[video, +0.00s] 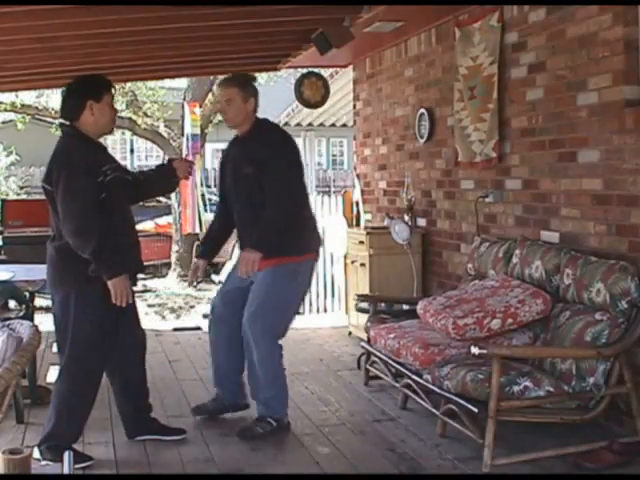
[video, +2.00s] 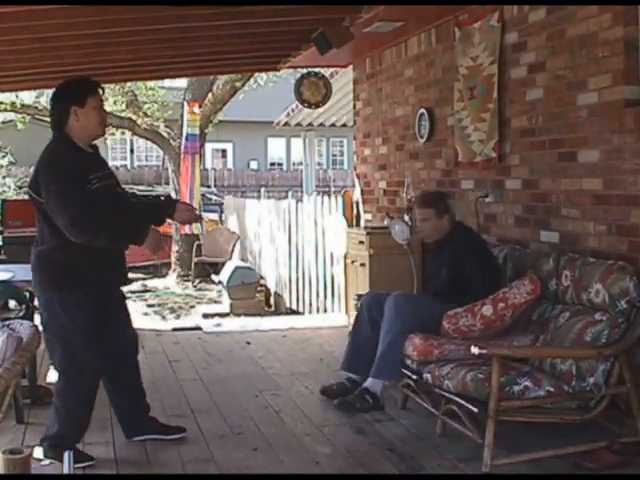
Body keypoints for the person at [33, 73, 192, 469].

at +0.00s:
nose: (116, 111)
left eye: (115, 103)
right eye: (111, 103)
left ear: (88, 109)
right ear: (90, 108)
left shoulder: (93, 151)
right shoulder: (73, 154)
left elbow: (127, 189)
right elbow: (78, 223)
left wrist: (171, 172)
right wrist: (112, 269)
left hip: (108, 276)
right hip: (81, 279)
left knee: (128, 349)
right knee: (81, 363)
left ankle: (139, 423)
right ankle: (54, 445)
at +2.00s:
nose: (106, 113)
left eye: (104, 106)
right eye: (99, 106)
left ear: (79, 113)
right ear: (76, 113)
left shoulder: (89, 159)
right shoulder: (58, 162)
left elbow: (119, 204)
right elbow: (82, 225)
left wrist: (169, 207)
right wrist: (140, 235)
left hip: (99, 280)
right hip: (66, 285)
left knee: (120, 352)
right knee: (78, 365)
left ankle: (137, 424)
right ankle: (57, 444)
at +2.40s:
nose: (101, 113)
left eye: (99, 106)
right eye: (93, 106)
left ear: (76, 113)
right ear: (69, 113)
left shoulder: (96, 161)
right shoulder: (42, 167)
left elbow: (127, 200)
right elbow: (50, 232)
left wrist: (179, 194)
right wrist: (101, 263)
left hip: (99, 272)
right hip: (59, 276)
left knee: (121, 346)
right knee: (73, 358)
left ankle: (131, 422)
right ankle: (57, 442)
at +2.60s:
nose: (107, 115)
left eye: (106, 108)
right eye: (100, 109)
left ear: (85, 113)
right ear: (74, 113)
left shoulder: (103, 160)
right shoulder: (44, 164)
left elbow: (133, 199)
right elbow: (37, 229)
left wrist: (160, 180)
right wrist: (58, 271)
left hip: (100, 276)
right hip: (57, 279)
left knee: (120, 346)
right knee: (69, 360)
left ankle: (131, 418)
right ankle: (57, 443)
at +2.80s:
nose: (118, 117)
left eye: (117, 110)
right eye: (112, 110)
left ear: (95, 114)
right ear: (87, 113)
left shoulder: (116, 162)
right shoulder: (56, 162)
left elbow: (153, 206)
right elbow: (41, 225)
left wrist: (139, 203)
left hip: (106, 277)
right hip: (63, 280)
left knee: (124, 347)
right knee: (67, 361)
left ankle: (130, 419)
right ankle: (56, 442)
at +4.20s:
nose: (113, 114)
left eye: (111, 106)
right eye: (107, 106)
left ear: (84, 111)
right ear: (83, 110)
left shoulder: (94, 155)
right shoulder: (66, 155)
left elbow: (122, 207)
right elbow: (94, 212)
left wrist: (166, 231)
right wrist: (149, 184)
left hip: (105, 276)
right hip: (75, 279)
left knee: (123, 348)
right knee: (75, 362)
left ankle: (132, 420)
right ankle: (53, 441)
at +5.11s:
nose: (106, 114)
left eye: (104, 106)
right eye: (99, 107)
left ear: (78, 114)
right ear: (74, 113)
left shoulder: (86, 156)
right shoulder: (62, 156)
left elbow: (108, 207)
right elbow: (99, 212)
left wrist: (129, 246)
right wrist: (132, 219)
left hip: (91, 274)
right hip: (62, 278)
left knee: (111, 349)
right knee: (70, 361)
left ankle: (129, 420)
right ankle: (51, 443)